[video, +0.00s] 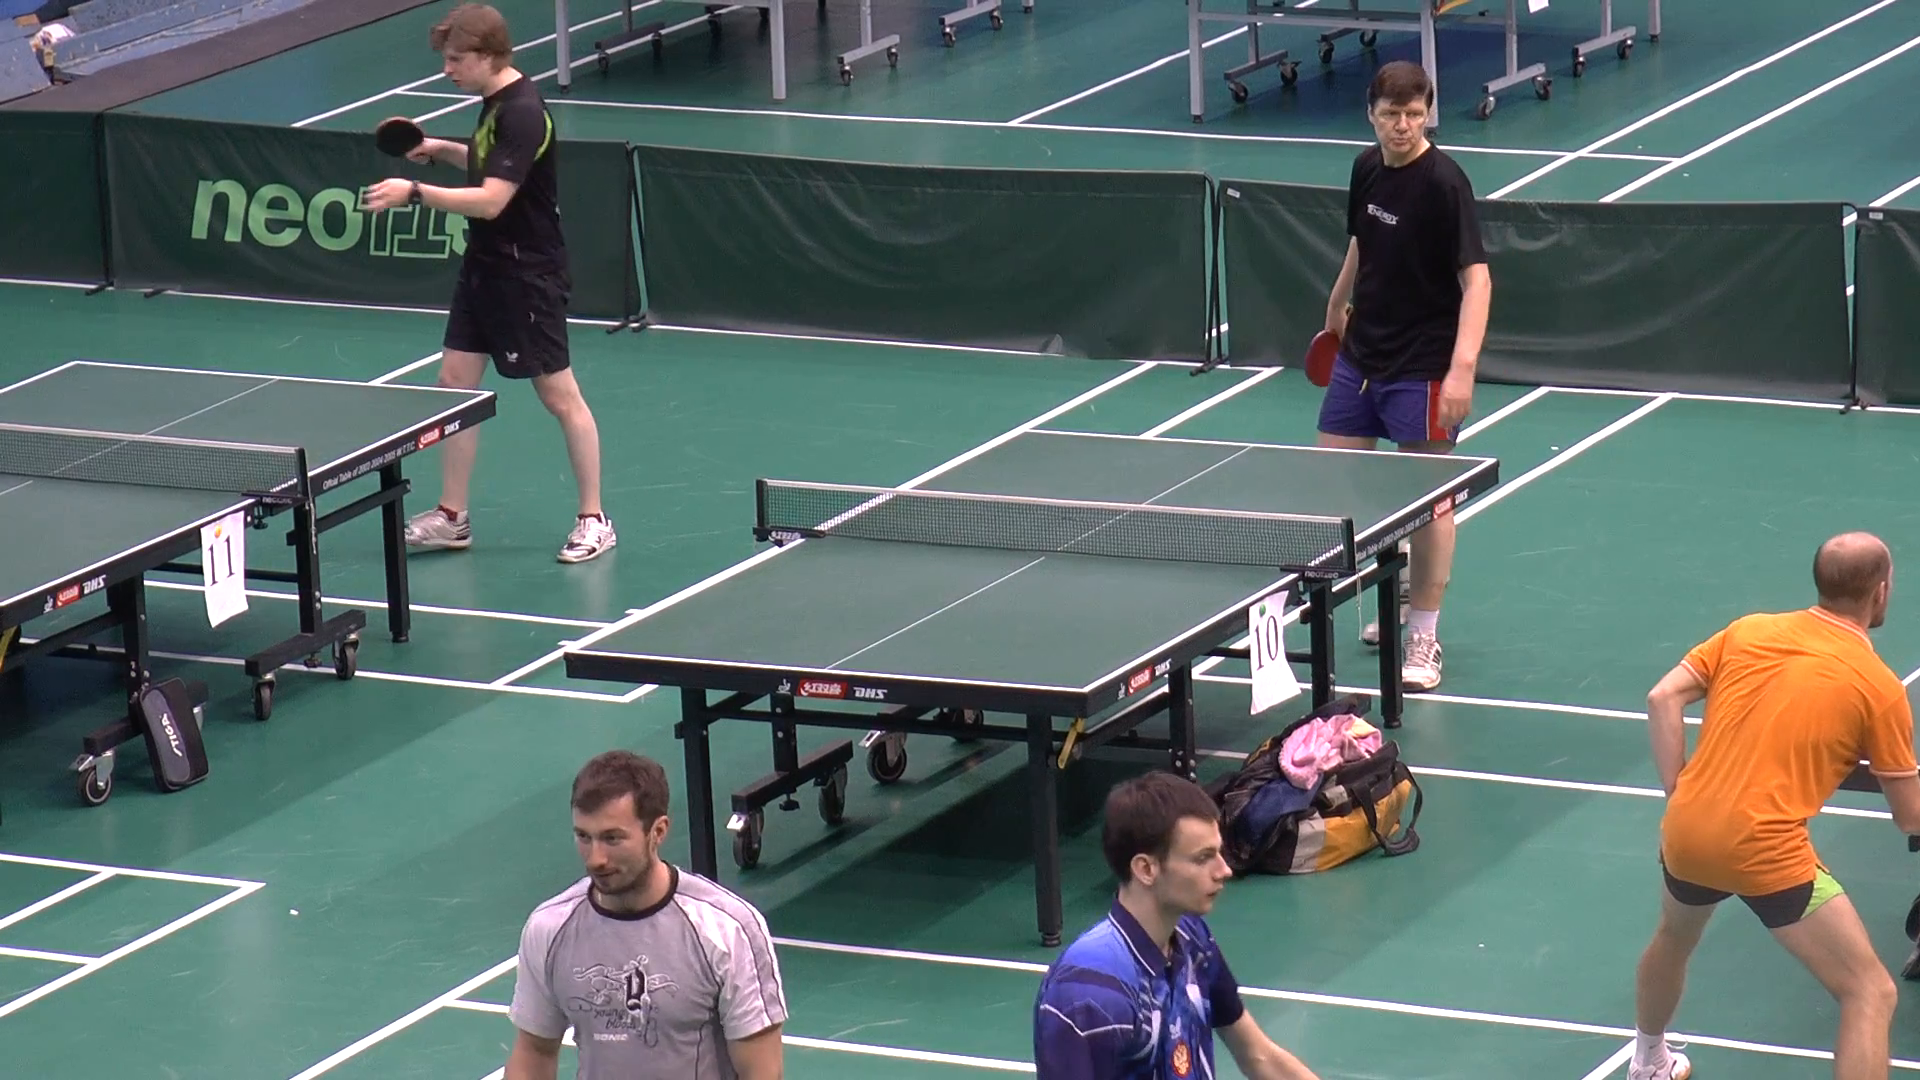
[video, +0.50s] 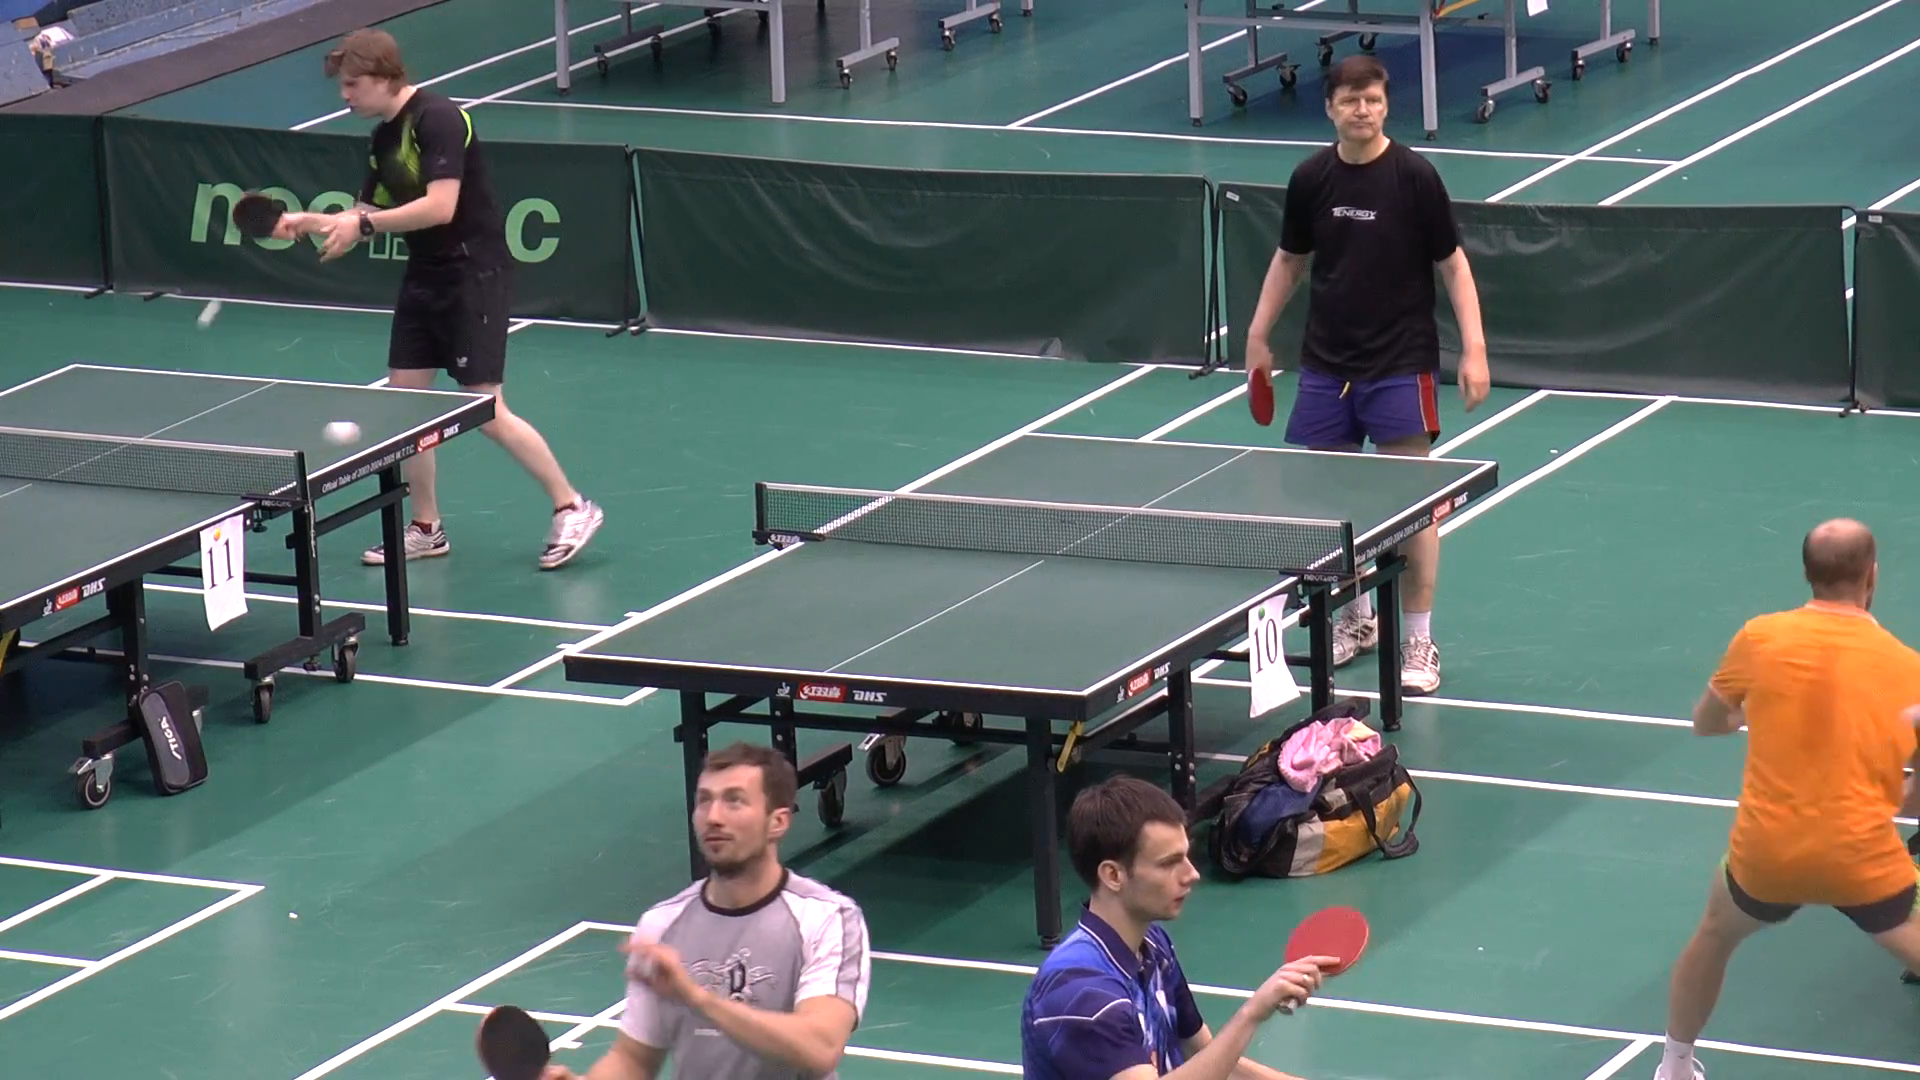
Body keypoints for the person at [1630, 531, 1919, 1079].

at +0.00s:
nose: (1889, 590)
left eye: (1888, 581)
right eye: (1889, 582)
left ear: (1820, 585)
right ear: (1879, 593)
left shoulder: (1747, 629)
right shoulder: (1879, 685)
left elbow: (1664, 696)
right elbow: (1911, 820)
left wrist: (1677, 795)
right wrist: (1875, 766)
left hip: (1685, 832)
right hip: (1766, 849)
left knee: (1671, 941)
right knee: (1870, 991)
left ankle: (1646, 1062)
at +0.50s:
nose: (1876, 571)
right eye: (1876, 564)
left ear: (1806, 574)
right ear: (1871, 574)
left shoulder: (1761, 638)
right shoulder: (1906, 663)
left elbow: (1706, 722)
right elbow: (1909, 797)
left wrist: (1744, 713)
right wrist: (1875, 787)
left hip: (1765, 854)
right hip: (1863, 859)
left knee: (1714, 938)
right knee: (1913, 947)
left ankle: (1675, 1065)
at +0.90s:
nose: (1813, 590)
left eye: (1809, 579)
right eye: (1811, 581)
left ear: (1741, 583)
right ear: (1801, 589)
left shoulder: (1674, 631)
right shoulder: (1800, 659)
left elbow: (1607, 690)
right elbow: (1898, 685)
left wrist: (1541, 774)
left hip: (1637, 849)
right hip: (1715, 861)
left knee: (1661, 924)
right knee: (1851, 968)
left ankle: (1587, 1059)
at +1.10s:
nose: (1775, 547)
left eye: (1772, 537)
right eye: (1774, 539)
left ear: (1705, 543)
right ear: (1761, 548)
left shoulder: (1643, 594)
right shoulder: (1746, 629)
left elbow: (1576, 685)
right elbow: (1776, 745)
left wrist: (1586, 759)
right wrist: (1861, 812)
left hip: (1572, 800)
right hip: (1647, 822)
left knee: (1588, 899)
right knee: (1759, 958)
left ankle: (1549, 1043)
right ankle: (1730, 1070)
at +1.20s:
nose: (1759, 561)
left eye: (1755, 551)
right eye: (1757, 552)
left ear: (1688, 561)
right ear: (1743, 569)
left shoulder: (1633, 615)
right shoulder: (1717, 658)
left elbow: (1616, 725)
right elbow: (1745, 786)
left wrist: (1707, 772)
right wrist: (1835, 833)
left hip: (1552, 814)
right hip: (1611, 842)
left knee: (1555, 922)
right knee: (1714, 984)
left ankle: (1443, 1040)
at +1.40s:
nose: (1736, 598)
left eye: (1736, 587)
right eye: (1735, 588)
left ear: (1670, 587)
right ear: (1719, 601)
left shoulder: (1620, 626)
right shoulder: (1663, 689)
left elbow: (1638, 711)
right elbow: (1694, 811)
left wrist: (1723, 737)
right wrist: (1746, 832)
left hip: (1516, 815)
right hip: (1560, 844)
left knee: (1517, 940)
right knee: (1682, 980)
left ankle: (1416, 1056)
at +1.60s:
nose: (1742, 583)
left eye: (1744, 571)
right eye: (1742, 572)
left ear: (1670, 566)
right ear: (1726, 580)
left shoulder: (1597, 615)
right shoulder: (1732, 668)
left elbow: (1511, 670)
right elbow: (1848, 696)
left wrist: (1576, 653)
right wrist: (1858, 667)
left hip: (1526, 818)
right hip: (1597, 847)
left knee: (1493, 931)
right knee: (1701, 988)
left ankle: (1443, 1046)